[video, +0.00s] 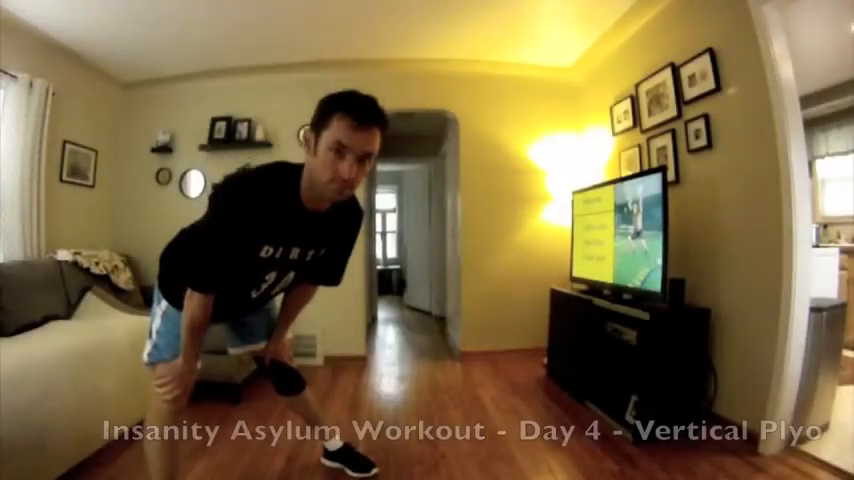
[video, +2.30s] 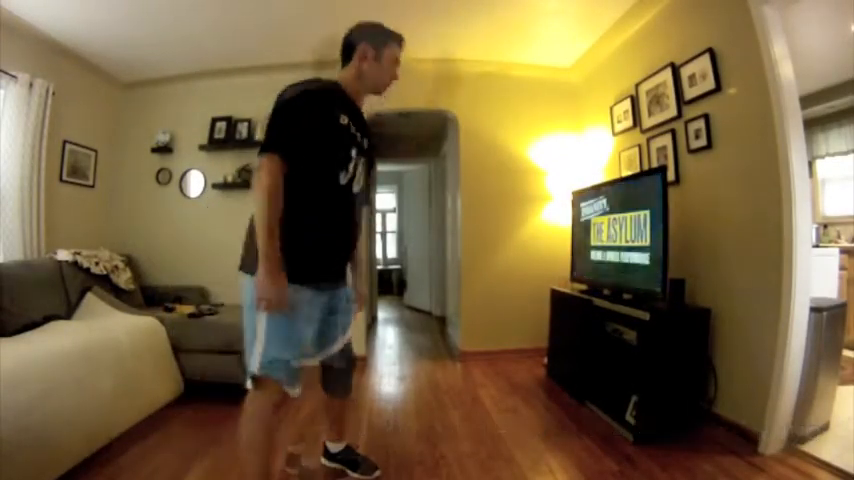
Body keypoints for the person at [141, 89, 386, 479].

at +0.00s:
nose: (348, 172)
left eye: (363, 160)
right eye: (338, 152)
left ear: (373, 163)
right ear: (308, 140)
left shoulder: (347, 216)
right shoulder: (248, 191)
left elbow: (308, 282)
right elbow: (201, 284)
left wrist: (280, 337)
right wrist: (187, 363)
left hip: (251, 296)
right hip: (187, 293)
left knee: (282, 371)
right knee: (170, 394)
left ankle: (333, 444)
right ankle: (162, 477)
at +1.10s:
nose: (354, 107)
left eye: (365, 97)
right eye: (345, 91)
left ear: (373, 104)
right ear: (317, 91)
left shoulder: (347, 172)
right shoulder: (258, 148)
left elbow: (327, 251)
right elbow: (210, 244)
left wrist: (313, 325)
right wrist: (242, 338)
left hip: (268, 288)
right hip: (207, 287)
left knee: (319, 368)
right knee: (198, 400)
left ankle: (336, 446)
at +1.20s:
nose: (357, 104)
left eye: (367, 95)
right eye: (347, 88)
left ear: (375, 103)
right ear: (319, 89)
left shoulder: (350, 171)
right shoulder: (261, 145)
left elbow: (330, 256)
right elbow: (215, 240)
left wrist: (318, 325)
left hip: (278, 291)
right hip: (213, 287)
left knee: (323, 369)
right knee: (201, 398)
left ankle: (335, 446)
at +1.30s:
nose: (360, 104)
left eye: (371, 95)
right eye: (350, 88)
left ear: (378, 103)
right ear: (322, 89)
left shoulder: (353, 172)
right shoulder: (266, 144)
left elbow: (333, 251)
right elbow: (226, 240)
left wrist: (321, 325)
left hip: (275, 286)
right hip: (214, 284)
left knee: (325, 367)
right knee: (202, 396)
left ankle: (335, 447)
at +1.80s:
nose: (397, 102)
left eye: (399, 91)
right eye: (393, 88)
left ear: (367, 83)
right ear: (361, 78)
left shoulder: (356, 161)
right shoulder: (289, 125)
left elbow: (337, 239)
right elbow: (252, 209)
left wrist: (329, 301)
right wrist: (309, 285)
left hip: (294, 290)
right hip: (232, 284)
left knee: (331, 370)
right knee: (206, 397)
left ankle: (335, 447)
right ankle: (178, 473)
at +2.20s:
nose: (400, 81)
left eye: (402, 71)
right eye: (397, 69)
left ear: (371, 64)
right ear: (369, 61)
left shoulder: (362, 134)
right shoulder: (307, 102)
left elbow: (353, 213)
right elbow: (269, 180)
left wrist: (353, 277)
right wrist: (262, 268)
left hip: (329, 275)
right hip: (281, 273)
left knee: (343, 363)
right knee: (263, 384)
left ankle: (336, 447)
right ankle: (230, 473)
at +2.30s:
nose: (396, 75)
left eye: (398, 65)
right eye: (393, 63)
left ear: (370, 60)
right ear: (364, 56)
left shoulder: (359, 128)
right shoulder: (303, 100)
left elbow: (354, 208)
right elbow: (267, 178)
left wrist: (356, 275)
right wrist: (269, 266)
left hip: (331, 273)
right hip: (282, 271)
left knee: (339, 368)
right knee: (270, 385)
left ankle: (336, 447)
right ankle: (259, 472)